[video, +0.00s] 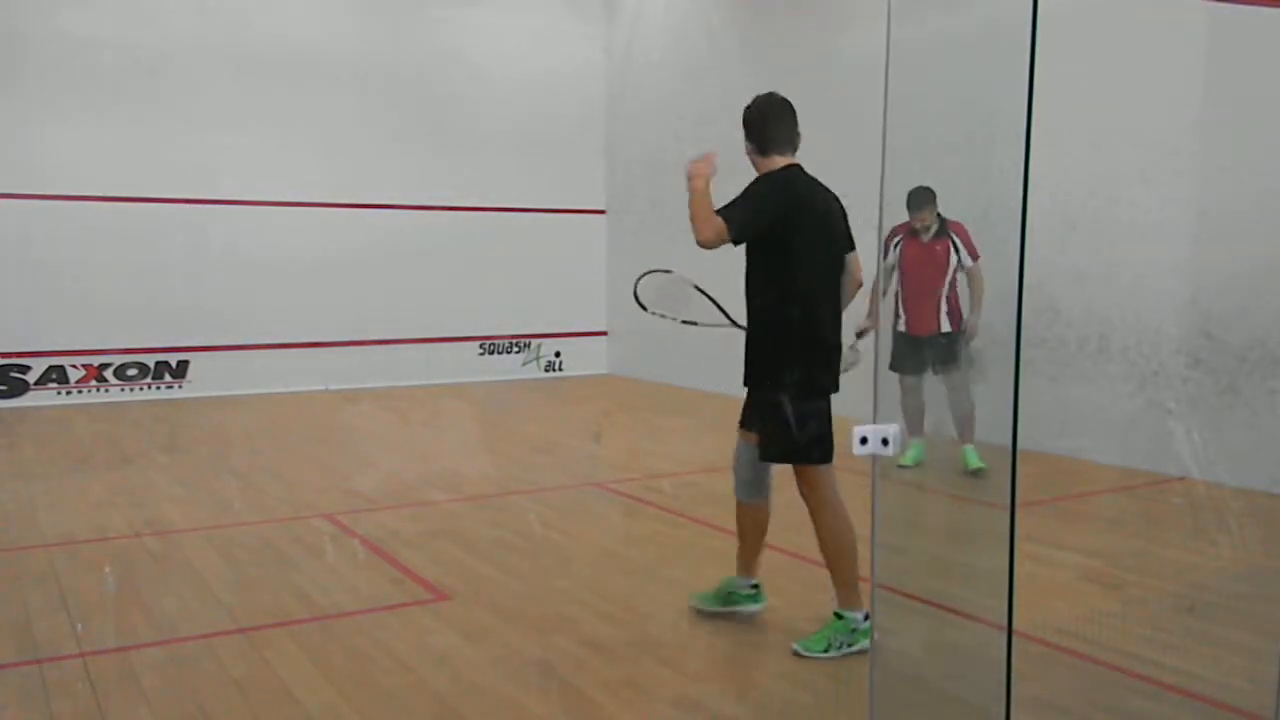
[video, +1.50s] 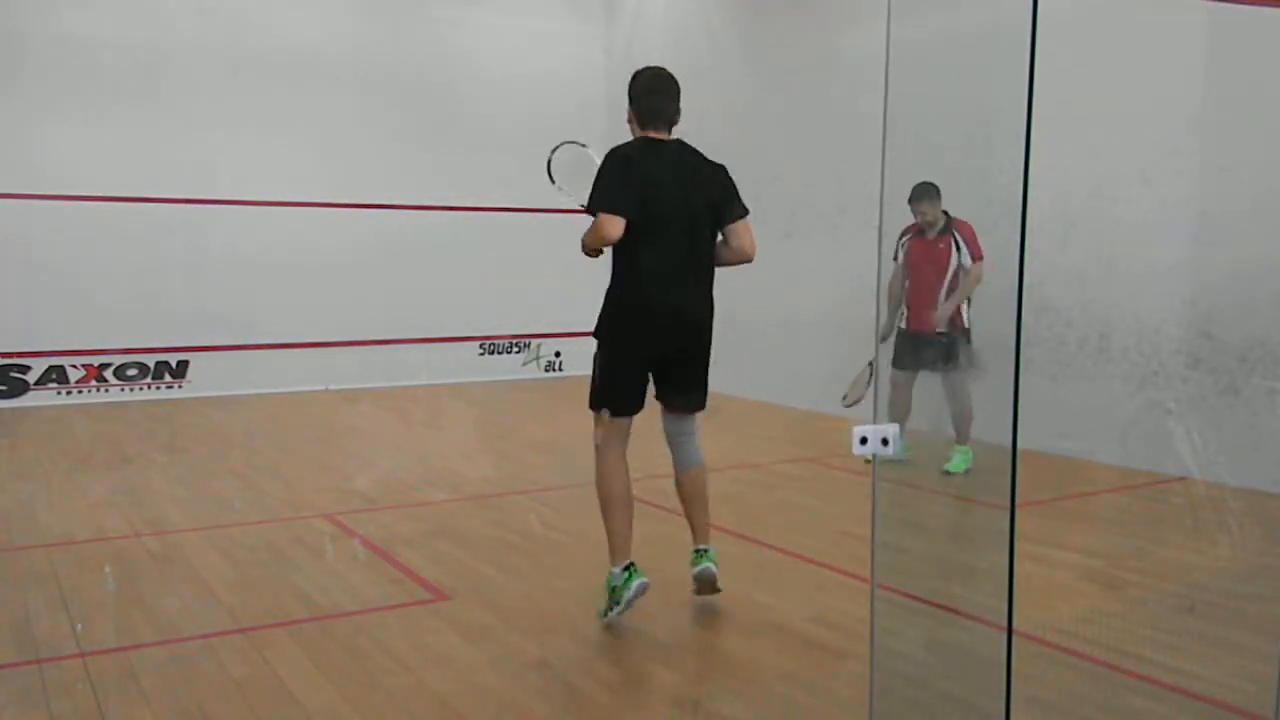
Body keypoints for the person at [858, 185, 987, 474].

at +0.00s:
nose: (919, 226)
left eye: (924, 221)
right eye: (914, 221)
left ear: (936, 211)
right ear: (908, 215)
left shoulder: (954, 233)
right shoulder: (897, 237)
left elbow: (975, 276)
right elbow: (882, 277)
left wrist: (974, 318)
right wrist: (872, 316)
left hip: (946, 329)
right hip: (908, 329)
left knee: (956, 385)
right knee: (909, 386)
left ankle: (968, 446)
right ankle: (914, 443)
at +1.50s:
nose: (922, 220)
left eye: (927, 214)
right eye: (917, 215)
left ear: (940, 207)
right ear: (912, 212)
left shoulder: (960, 232)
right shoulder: (908, 237)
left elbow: (974, 273)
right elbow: (898, 279)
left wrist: (949, 306)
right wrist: (889, 320)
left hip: (948, 330)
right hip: (912, 328)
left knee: (955, 386)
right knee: (899, 382)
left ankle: (962, 448)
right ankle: (895, 442)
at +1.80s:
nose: (910, 203)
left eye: (915, 198)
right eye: (904, 199)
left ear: (923, 201)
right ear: (896, 203)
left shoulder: (935, 231)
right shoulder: (887, 234)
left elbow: (938, 274)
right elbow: (876, 276)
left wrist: (902, 304)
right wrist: (874, 316)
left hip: (924, 326)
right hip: (890, 325)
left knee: (939, 382)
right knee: (889, 382)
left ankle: (958, 446)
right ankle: (893, 444)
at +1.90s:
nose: (905, 203)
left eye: (910, 198)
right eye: (900, 198)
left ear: (917, 201)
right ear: (891, 202)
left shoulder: (928, 232)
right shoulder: (880, 234)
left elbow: (930, 277)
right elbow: (868, 278)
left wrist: (918, 316)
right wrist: (863, 319)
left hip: (915, 325)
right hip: (884, 326)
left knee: (929, 383)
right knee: (888, 384)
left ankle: (955, 442)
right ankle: (893, 444)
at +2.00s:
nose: (900, 203)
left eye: (905, 198)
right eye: (895, 198)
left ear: (913, 200)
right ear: (887, 201)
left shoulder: (924, 233)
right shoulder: (876, 233)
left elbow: (932, 279)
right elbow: (865, 274)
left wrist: (932, 320)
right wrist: (856, 308)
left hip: (909, 324)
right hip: (879, 324)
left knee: (914, 379)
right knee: (886, 382)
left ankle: (945, 440)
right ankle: (890, 443)